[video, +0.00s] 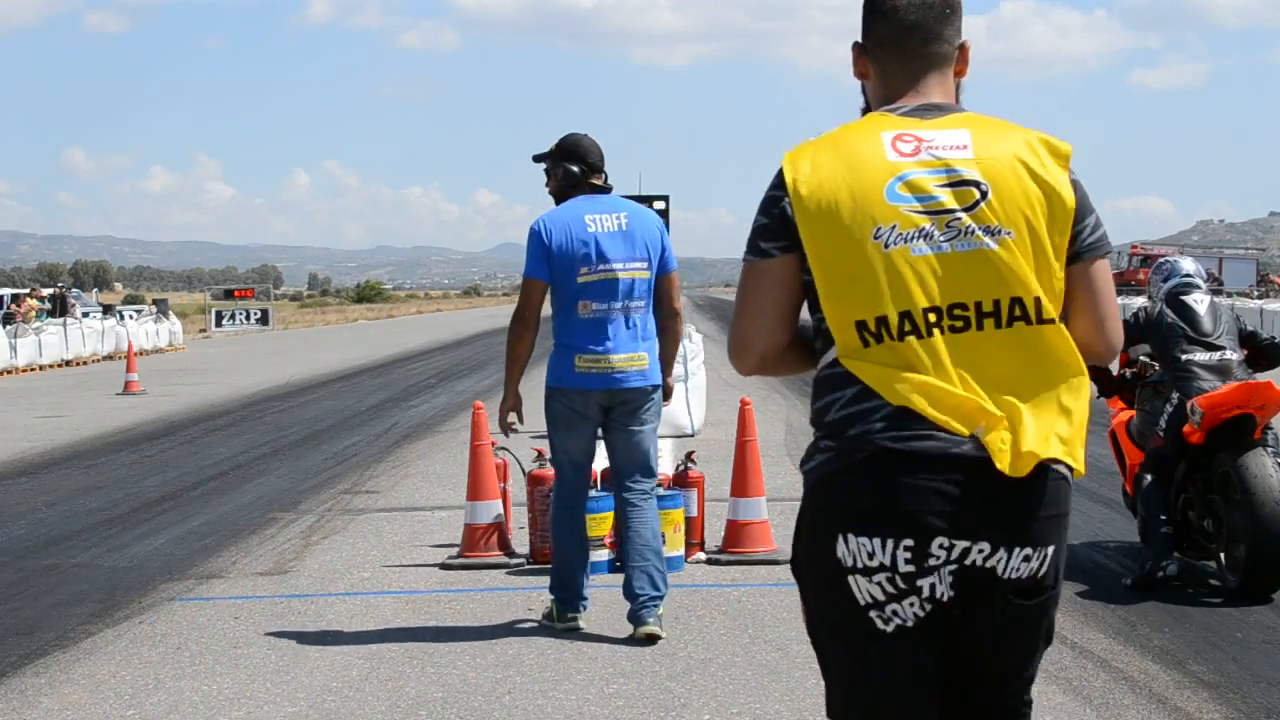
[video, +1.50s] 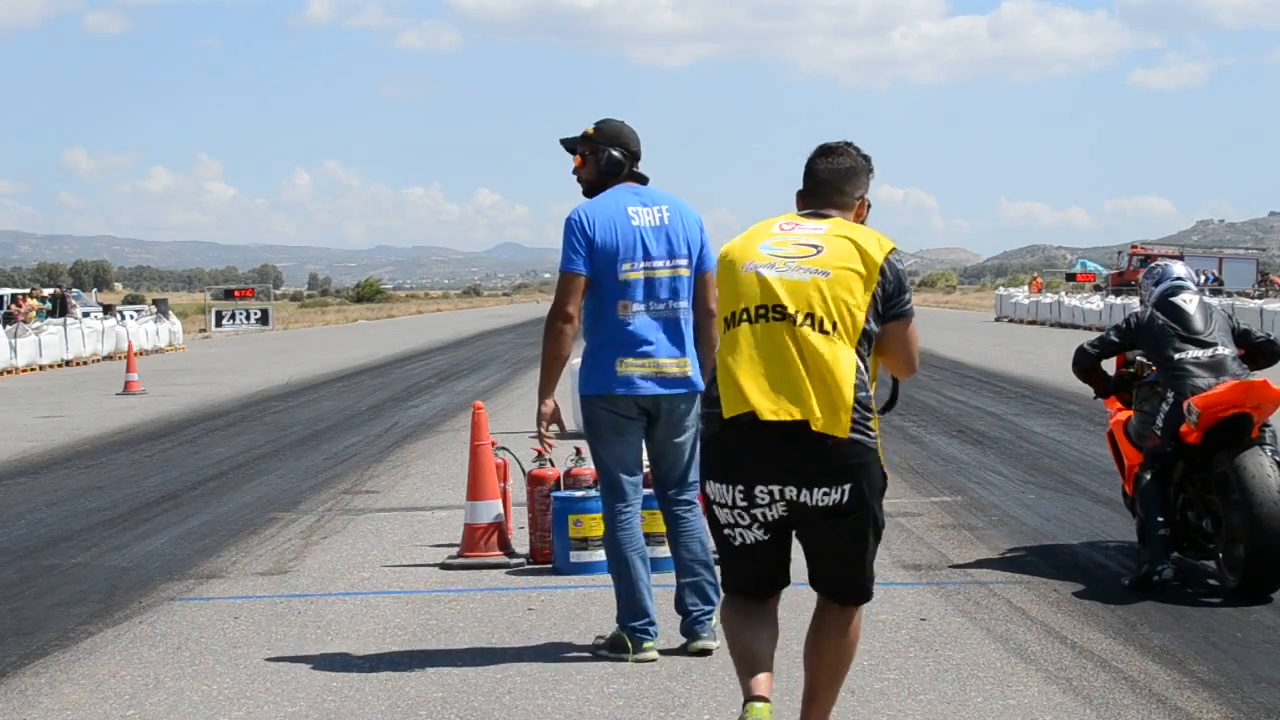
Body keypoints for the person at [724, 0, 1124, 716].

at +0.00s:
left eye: (856, 66)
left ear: (861, 67)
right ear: (963, 62)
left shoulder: (809, 173)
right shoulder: (1042, 163)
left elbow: (756, 350)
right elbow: (1099, 340)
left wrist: (850, 329)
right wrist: (1000, 335)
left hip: (873, 497)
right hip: (1021, 508)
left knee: (872, 706)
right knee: (1000, 707)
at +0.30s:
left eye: (832, 91)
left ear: (831, 97)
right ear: (925, 98)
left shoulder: (776, 193)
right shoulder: (988, 198)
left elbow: (726, 350)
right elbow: (1019, 364)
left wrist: (814, 314)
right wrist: (935, 313)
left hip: (822, 487)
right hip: (954, 496)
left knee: (865, 708)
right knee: (897, 704)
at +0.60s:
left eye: (812, 94)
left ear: (814, 99)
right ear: (898, 103)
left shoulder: (759, 184)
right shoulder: (951, 195)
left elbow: (710, 325)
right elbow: (979, 343)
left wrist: (786, 303)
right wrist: (898, 313)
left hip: (788, 468)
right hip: (913, 472)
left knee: (774, 660)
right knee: (882, 667)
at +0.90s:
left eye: (778, 126)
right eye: (850, 126)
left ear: (775, 133)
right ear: (852, 134)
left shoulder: (722, 217)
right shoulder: (896, 216)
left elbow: (690, 345)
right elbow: (934, 350)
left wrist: (761, 316)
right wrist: (862, 317)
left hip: (758, 464)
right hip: (871, 462)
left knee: (763, 637)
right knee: (859, 643)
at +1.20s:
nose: (839, 148)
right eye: (839, 141)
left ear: (765, 141)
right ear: (836, 144)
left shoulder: (710, 209)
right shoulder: (863, 209)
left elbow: (695, 324)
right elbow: (903, 324)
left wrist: (765, 293)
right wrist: (845, 281)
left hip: (733, 439)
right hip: (839, 439)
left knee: (752, 610)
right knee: (838, 593)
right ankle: (826, 713)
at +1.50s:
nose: (868, 210)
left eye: (865, 202)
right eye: (868, 203)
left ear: (799, 198)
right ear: (860, 206)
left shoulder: (738, 247)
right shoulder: (876, 254)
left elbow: (730, 339)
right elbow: (904, 361)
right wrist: (860, 323)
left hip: (739, 450)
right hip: (836, 456)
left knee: (748, 585)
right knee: (841, 593)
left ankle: (756, 702)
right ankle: (814, 715)